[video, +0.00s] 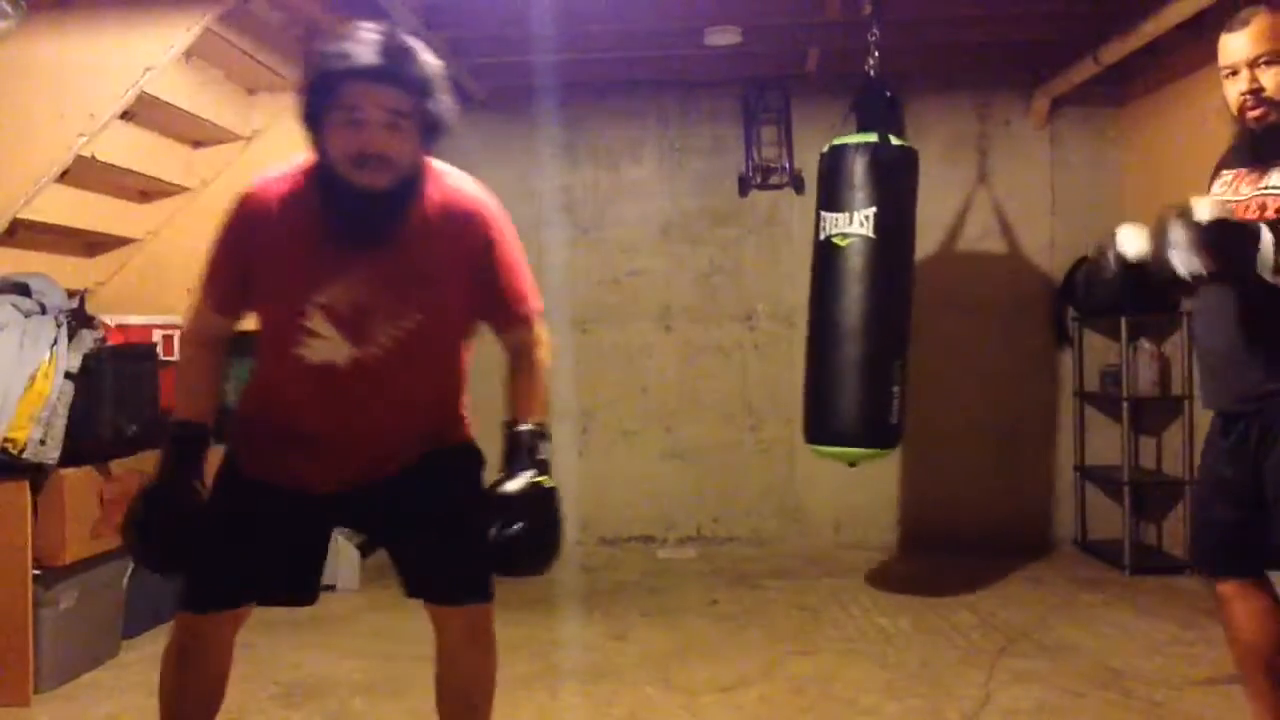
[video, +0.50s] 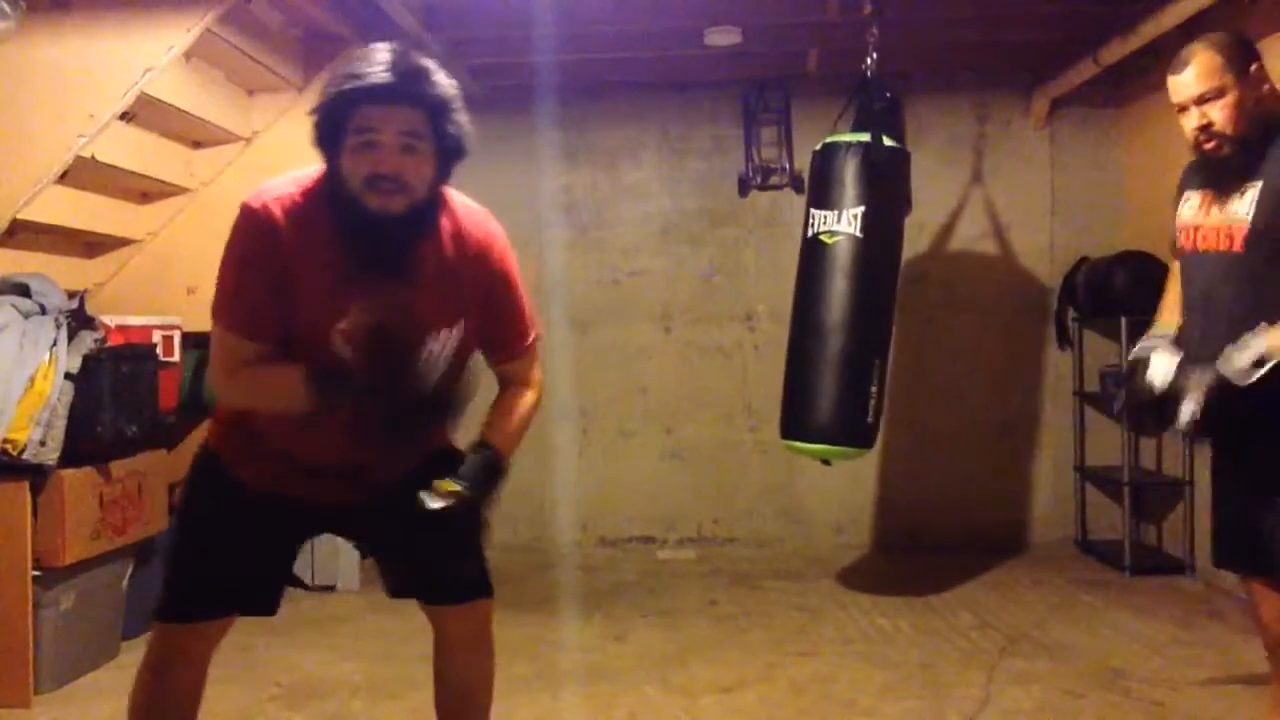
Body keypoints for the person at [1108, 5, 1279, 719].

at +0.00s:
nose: (1248, 85)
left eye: (1262, 66)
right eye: (1233, 72)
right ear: (1220, 80)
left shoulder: (1279, 169)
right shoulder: (1231, 169)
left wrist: (1257, 250)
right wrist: (1144, 256)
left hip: (1273, 406)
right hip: (1237, 410)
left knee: (1243, 573)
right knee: (1232, 573)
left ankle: (1265, 703)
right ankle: (1264, 707)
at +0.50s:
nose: (1197, 123)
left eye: (1210, 99)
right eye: (1183, 109)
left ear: (1258, 84)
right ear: (1173, 111)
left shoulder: (1277, 166)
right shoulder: (1196, 176)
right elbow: (1184, 273)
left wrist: (1275, 337)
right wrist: (1163, 338)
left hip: (1279, 412)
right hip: (1236, 411)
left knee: (1271, 580)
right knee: (1259, 573)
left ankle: (1275, 689)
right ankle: (1274, 686)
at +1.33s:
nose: (1190, 127)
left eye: (1204, 107)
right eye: (1177, 116)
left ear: (1245, 100)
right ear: (1170, 122)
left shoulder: (1267, 166)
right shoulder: (1205, 186)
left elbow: (1275, 280)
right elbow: (1204, 281)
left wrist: (1193, 273)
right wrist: (1144, 281)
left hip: (1254, 407)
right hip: (1224, 408)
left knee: (1236, 584)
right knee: (1247, 582)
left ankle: (1237, 714)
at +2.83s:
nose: (1238, 117)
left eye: (1253, 97)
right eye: (1228, 106)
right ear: (1223, 117)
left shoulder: (1274, 195)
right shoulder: (1242, 196)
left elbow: (1275, 280)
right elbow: (1193, 291)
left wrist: (1243, 220)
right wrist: (1177, 231)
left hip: (1272, 421)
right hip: (1248, 423)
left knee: (1256, 602)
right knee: (1254, 599)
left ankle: (1242, 711)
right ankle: (1250, 706)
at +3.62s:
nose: (1189, 112)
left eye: (1204, 90)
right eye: (1185, 97)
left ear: (1261, 81)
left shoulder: (1266, 165)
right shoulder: (1233, 174)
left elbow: (1254, 278)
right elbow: (1204, 273)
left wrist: (1144, 238)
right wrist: (1115, 255)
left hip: (1250, 420)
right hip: (1222, 419)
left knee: (1221, 614)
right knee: (1223, 612)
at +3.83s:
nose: (1108, 106)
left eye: (1118, 85)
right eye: (1104, 90)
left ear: (1176, 75)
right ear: (1173, 81)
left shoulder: (1214, 147)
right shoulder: (1176, 152)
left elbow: (1151, 267)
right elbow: (1117, 261)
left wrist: (1046, 233)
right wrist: (1027, 221)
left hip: (1226, 412)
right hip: (1205, 411)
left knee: (1195, 608)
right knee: (1196, 605)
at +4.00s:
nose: (1041, 118)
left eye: (1054, 96)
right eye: (1039, 102)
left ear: (1111, 85)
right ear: (1108, 91)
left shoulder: (1151, 150)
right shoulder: (1125, 153)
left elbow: (1046, 261)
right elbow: (1053, 254)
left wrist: (952, 202)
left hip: (1225, 413)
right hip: (1207, 409)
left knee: (1188, 610)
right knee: (1191, 608)